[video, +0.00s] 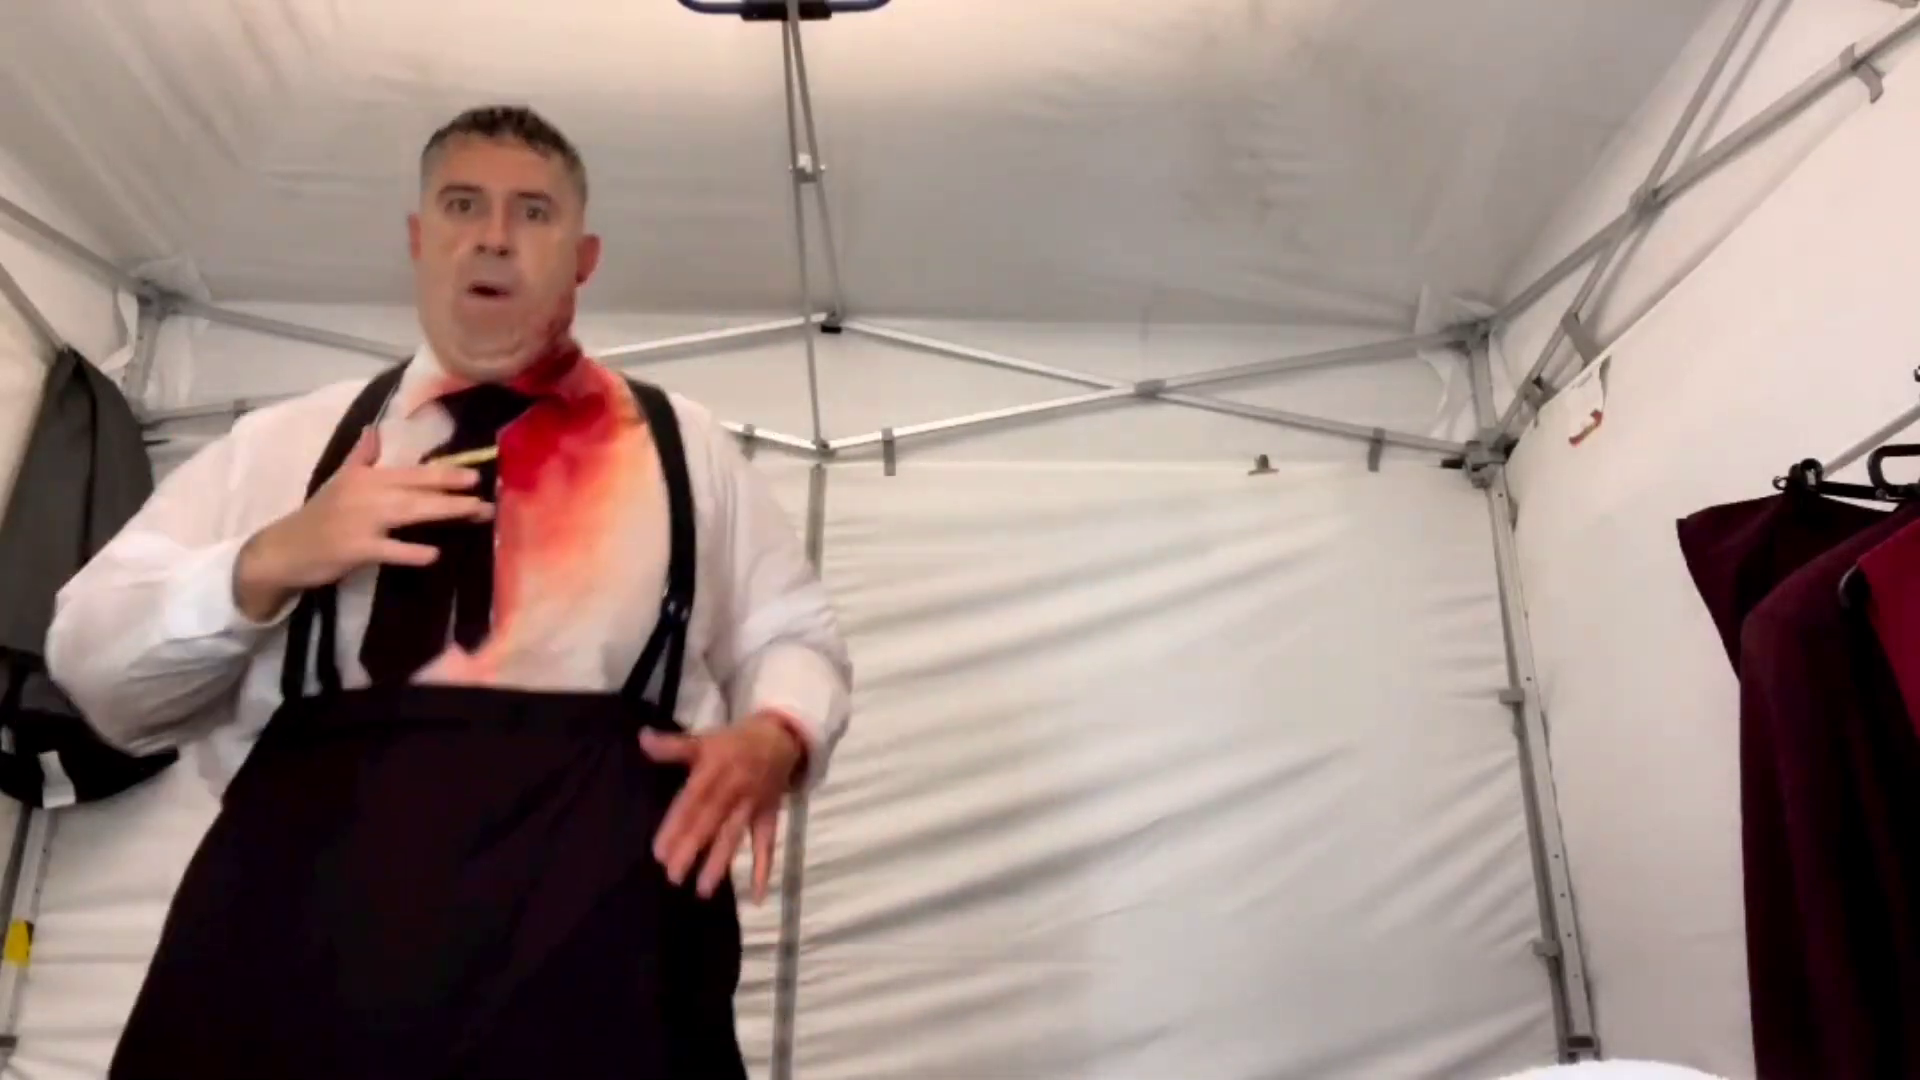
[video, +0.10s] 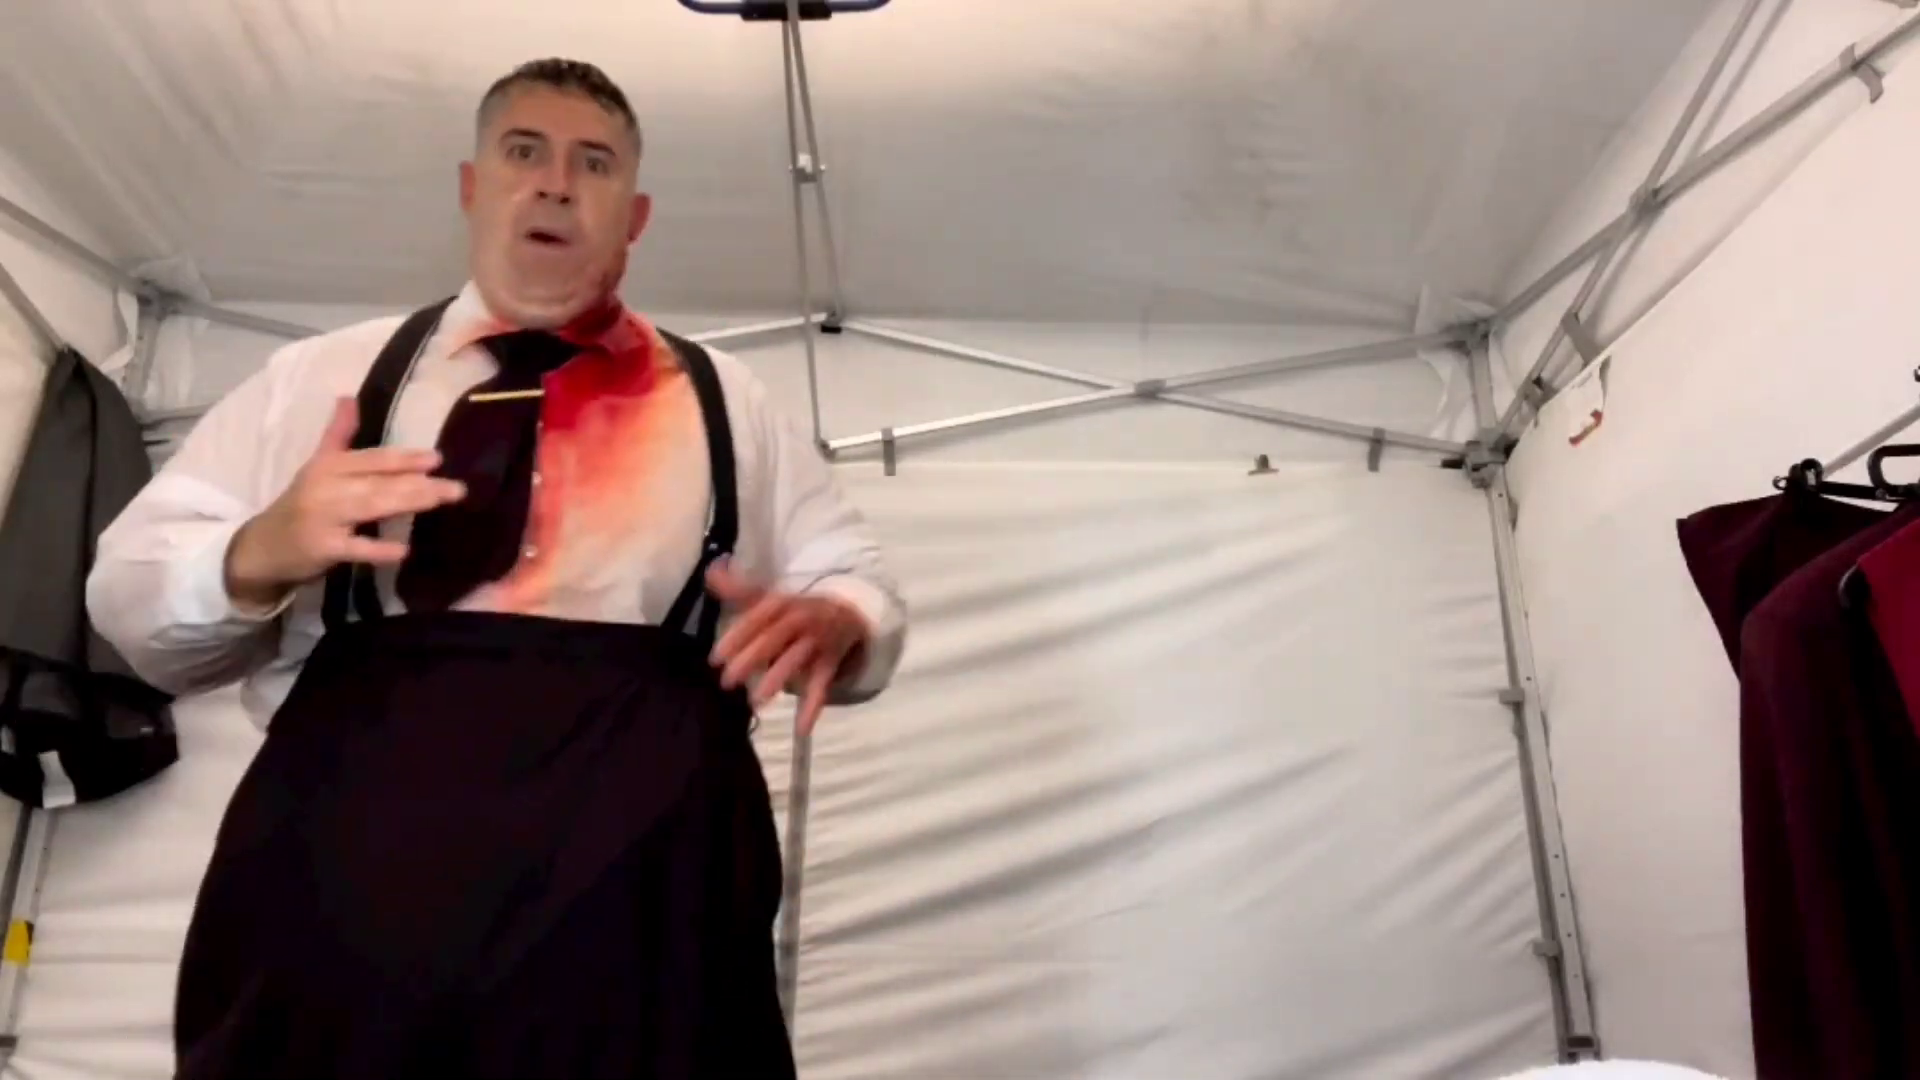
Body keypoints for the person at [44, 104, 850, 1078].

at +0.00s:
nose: (493, 239)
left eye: (531, 214)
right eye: (464, 207)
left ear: (584, 260)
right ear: (415, 242)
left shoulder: (684, 450)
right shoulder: (291, 441)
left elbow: (790, 637)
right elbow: (94, 668)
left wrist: (777, 734)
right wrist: (271, 560)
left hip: (597, 834)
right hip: (329, 831)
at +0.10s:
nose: (556, 185)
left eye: (594, 162)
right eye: (524, 153)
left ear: (636, 219)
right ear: (469, 191)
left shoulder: (724, 400)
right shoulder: (327, 375)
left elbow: (854, 577)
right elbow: (127, 601)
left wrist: (834, 621)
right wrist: (254, 555)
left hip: (638, 764)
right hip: (376, 757)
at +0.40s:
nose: (599, 204)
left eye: (638, 182)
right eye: (566, 169)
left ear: (678, 234)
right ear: (509, 202)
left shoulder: (753, 425)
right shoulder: (352, 385)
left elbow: (883, 687)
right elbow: (121, 609)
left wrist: (843, 623)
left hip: (667, 819)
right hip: (392, 798)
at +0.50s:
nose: (551, 223)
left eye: (591, 204)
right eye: (518, 195)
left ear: (634, 264)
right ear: (458, 237)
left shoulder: (724, 443)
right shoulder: (337, 418)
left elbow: (880, 651)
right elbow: (81, 525)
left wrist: (785, 663)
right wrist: (302, 376)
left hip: (645, 851)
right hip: (348, 840)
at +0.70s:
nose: (548, 203)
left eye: (595, 178)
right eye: (517, 168)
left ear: (655, 236)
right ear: (470, 208)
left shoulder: (764, 412)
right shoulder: (348, 418)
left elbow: (1017, 571)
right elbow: (97, 572)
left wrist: (941, 442)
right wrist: (273, 368)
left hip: (651, 881)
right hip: (356, 869)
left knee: (651, 790)